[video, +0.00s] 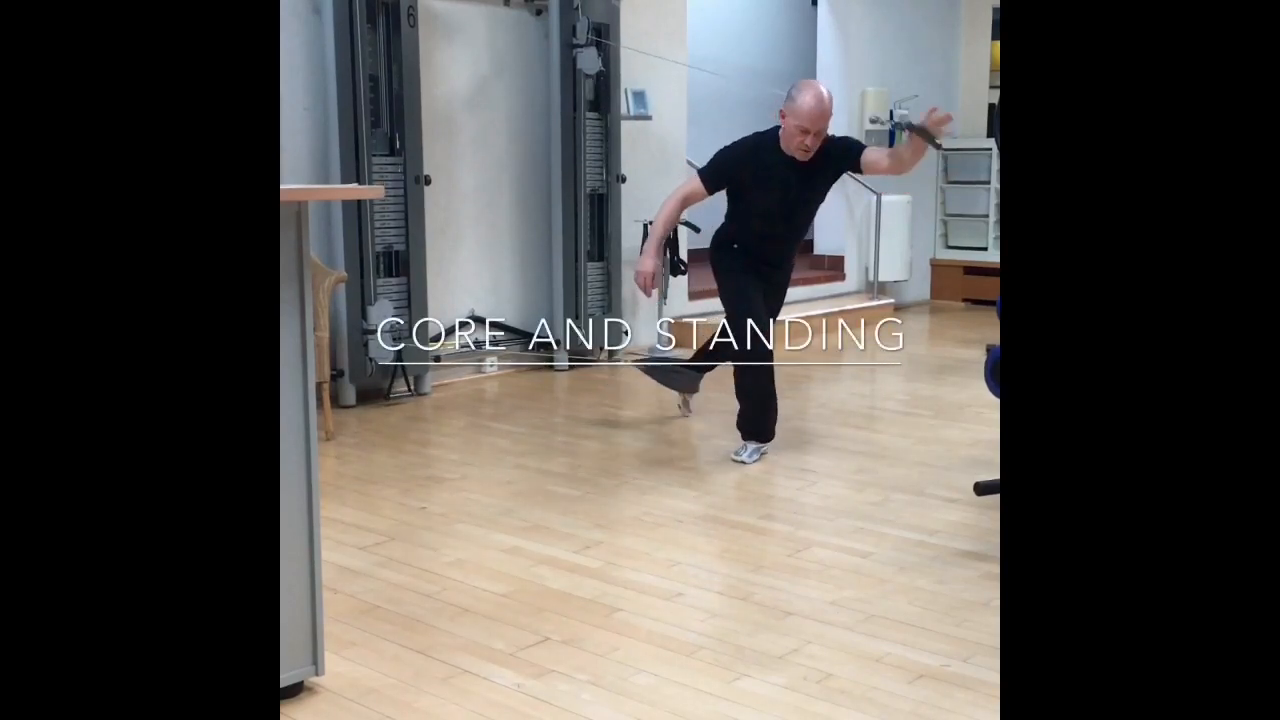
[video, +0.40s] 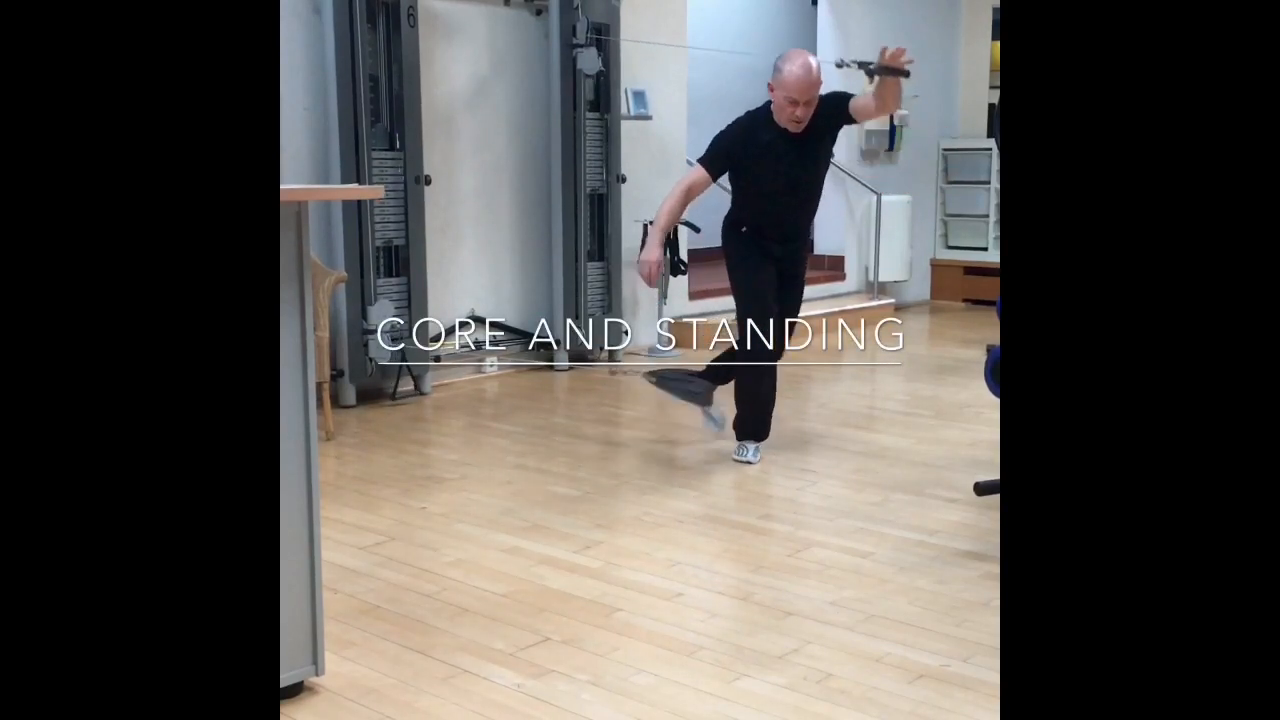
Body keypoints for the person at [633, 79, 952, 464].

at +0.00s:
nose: (810, 142)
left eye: (819, 134)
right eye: (802, 131)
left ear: (829, 125)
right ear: (783, 117)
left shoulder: (836, 153)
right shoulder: (746, 153)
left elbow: (897, 161)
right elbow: (679, 199)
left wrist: (923, 135)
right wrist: (650, 254)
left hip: (778, 262)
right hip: (733, 253)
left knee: (746, 331)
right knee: (755, 335)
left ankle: (690, 372)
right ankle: (756, 436)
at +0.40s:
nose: (800, 112)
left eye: (809, 102)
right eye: (791, 102)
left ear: (819, 91)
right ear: (772, 91)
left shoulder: (830, 111)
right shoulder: (744, 133)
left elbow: (883, 105)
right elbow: (687, 188)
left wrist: (890, 74)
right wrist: (653, 241)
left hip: (794, 244)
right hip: (747, 241)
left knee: (775, 338)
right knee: (761, 333)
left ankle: (704, 382)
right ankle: (749, 437)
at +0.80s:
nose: (793, 91)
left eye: (800, 81)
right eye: (784, 82)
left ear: (808, 71)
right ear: (761, 72)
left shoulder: (816, 91)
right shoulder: (735, 117)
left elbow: (874, 89)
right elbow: (685, 178)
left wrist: (886, 70)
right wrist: (673, 234)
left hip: (800, 227)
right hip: (750, 235)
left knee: (841, 297)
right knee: (754, 336)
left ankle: (779, 345)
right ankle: (747, 434)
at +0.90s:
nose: (791, 86)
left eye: (798, 75)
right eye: (782, 76)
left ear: (807, 66)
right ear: (759, 67)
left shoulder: (815, 89)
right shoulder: (731, 114)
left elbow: (871, 90)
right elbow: (681, 174)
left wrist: (886, 74)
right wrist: (666, 230)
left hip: (801, 223)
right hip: (752, 233)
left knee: (852, 280)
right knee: (754, 335)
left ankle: (794, 342)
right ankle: (747, 435)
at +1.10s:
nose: (788, 77)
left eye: (796, 67)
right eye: (779, 67)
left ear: (803, 61)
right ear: (755, 61)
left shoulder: (812, 89)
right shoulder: (725, 109)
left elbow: (871, 88)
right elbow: (671, 163)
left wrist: (887, 67)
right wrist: (642, 220)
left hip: (804, 217)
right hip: (754, 230)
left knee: (868, 246)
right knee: (757, 332)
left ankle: (834, 333)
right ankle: (748, 435)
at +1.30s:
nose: (788, 72)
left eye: (795, 62)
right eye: (778, 62)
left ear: (802, 57)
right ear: (755, 56)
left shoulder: (809, 89)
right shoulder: (719, 106)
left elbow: (870, 91)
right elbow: (665, 155)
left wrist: (887, 65)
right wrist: (624, 210)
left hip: (803, 213)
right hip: (753, 231)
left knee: (874, 218)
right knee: (759, 333)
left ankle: (876, 322)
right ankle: (748, 435)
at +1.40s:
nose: (786, 71)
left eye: (793, 61)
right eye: (778, 61)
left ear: (800, 56)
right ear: (753, 53)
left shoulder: (807, 90)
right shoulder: (716, 106)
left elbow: (867, 95)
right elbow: (660, 154)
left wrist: (885, 67)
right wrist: (619, 205)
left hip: (802, 213)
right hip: (752, 231)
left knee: (874, 209)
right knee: (758, 331)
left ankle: (894, 320)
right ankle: (748, 434)